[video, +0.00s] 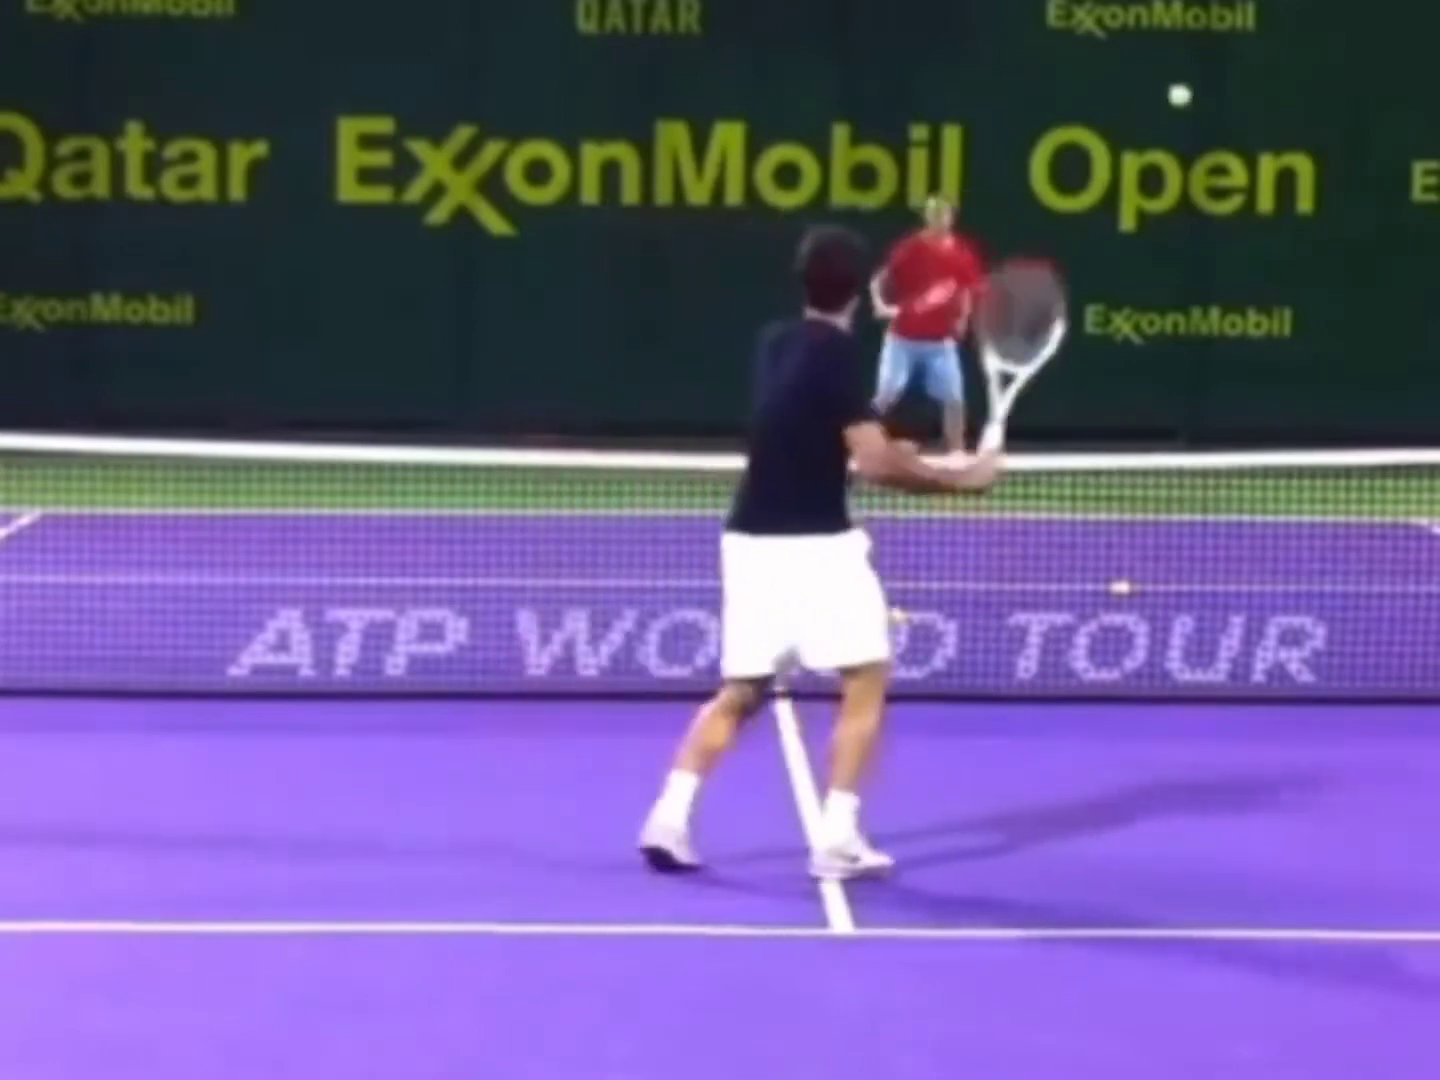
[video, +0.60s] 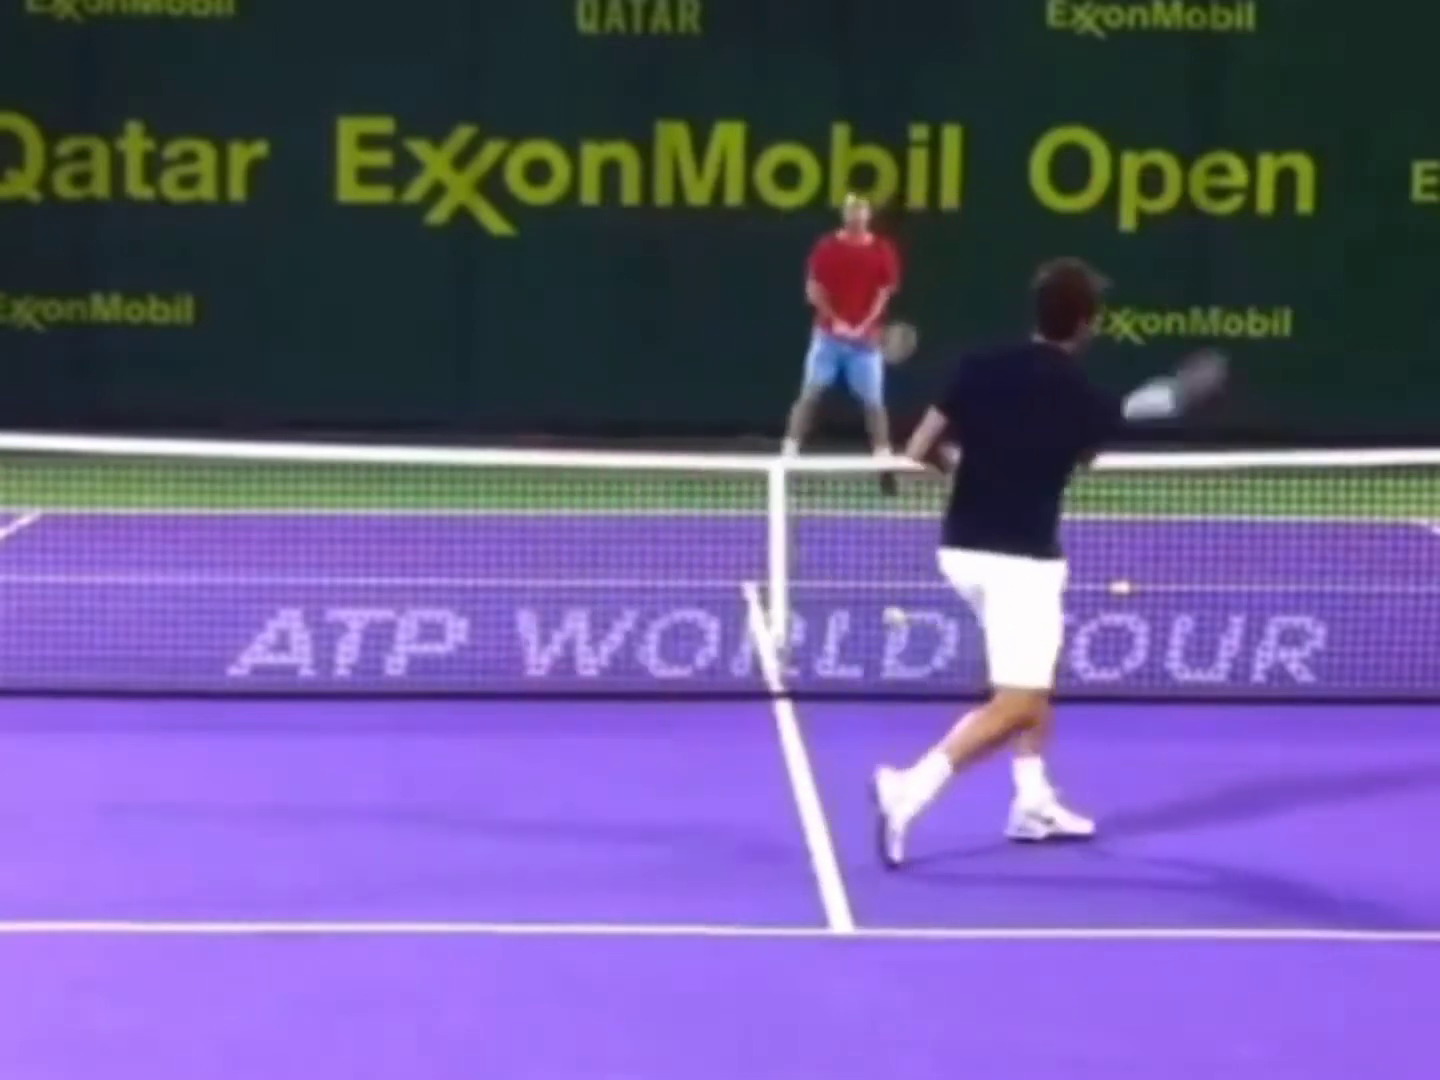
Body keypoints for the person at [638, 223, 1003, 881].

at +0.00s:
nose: (859, 289)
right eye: (860, 280)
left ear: (801, 285)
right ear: (859, 289)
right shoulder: (838, 354)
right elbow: (873, 457)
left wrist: (935, 462)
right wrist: (957, 473)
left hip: (749, 539)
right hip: (820, 542)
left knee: (740, 686)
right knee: (866, 682)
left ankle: (670, 816)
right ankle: (838, 830)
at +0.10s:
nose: (926, 302)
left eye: (923, 291)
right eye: (920, 292)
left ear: (855, 293)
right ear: (904, 300)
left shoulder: (824, 346)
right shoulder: (887, 367)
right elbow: (943, 458)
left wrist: (923, 346)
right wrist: (1034, 450)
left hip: (788, 541)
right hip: (847, 545)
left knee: (807, 689)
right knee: (881, 694)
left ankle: (724, 772)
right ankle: (840, 830)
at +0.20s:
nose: (965, 320)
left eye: (963, 307)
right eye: (961, 307)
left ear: (898, 302)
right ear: (945, 311)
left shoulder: (867, 351)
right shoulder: (925, 366)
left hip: (820, 536)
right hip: (872, 542)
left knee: (864, 668)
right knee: (897, 687)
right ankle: (843, 825)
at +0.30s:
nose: (1002, 327)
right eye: (1001, 317)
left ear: (939, 310)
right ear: (994, 325)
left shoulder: (895, 356)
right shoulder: (972, 379)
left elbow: (823, 415)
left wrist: (809, 461)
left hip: (853, 539)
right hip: (904, 547)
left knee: (928, 677)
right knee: (912, 693)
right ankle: (839, 820)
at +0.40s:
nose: (1041, 337)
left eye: (1039, 325)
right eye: (1038, 327)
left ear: (977, 321)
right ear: (1024, 334)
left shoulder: (923, 369)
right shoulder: (1014, 394)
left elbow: (856, 430)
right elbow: (1105, 445)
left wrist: (839, 474)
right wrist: (1187, 455)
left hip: (904, 554)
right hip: (952, 561)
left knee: (990, 678)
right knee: (945, 700)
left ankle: (1028, 802)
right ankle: (841, 809)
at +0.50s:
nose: (1070, 341)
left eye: (1068, 329)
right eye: (1068, 332)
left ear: (1007, 326)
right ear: (1055, 337)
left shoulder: (961, 378)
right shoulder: (1045, 402)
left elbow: (905, 440)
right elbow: (1107, 459)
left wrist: (892, 473)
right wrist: (1177, 463)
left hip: (938, 560)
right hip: (988, 569)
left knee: (1034, 655)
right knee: (985, 706)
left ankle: (1033, 797)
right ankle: (866, 791)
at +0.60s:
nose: (1095, 325)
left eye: (1093, 315)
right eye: (1094, 317)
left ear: (1034, 315)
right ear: (1085, 323)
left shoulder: (980, 369)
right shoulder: (1083, 395)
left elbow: (919, 450)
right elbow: (1090, 456)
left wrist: (967, 466)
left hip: (962, 551)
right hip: (1024, 561)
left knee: (1030, 677)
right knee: (1021, 699)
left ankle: (1033, 797)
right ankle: (912, 787)